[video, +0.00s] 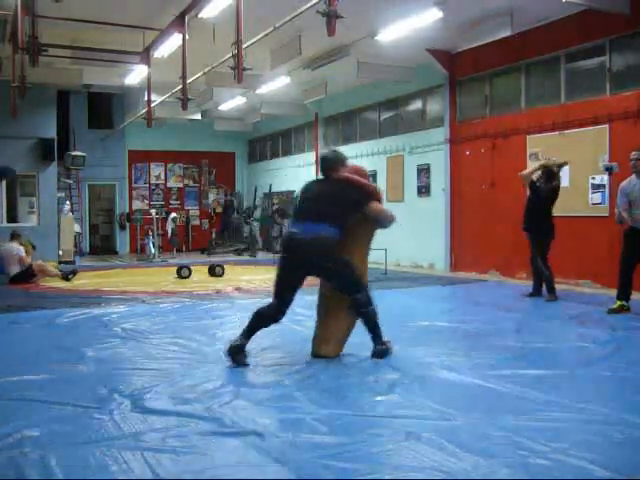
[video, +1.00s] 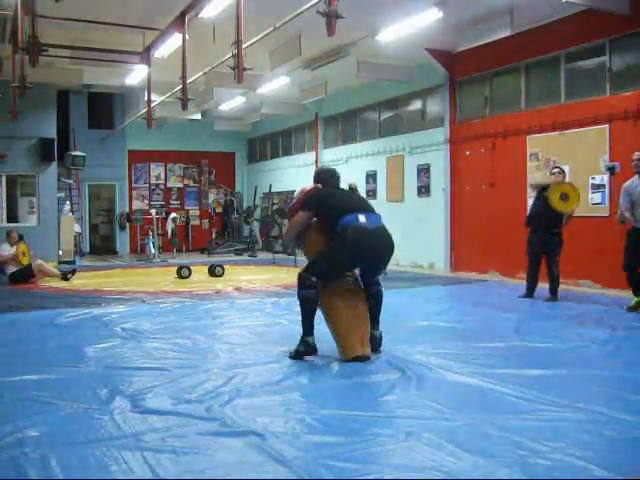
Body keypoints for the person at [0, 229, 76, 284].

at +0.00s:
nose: (20, 240)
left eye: (19, 239)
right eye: (19, 239)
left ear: (10, 238)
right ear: (18, 239)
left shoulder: (4, 247)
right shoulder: (18, 248)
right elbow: (26, 263)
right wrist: (29, 253)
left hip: (10, 277)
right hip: (18, 276)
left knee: (43, 270)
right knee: (39, 265)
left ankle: (63, 274)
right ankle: (63, 275)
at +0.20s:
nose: (21, 242)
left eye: (20, 241)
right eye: (21, 240)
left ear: (12, 238)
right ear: (20, 239)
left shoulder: (3, 246)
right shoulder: (20, 248)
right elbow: (27, 263)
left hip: (10, 277)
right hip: (19, 276)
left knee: (45, 272)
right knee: (42, 266)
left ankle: (64, 275)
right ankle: (63, 275)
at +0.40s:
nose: (19, 240)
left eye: (18, 238)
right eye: (18, 238)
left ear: (10, 237)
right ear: (14, 238)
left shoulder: (9, 246)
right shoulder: (10, 246)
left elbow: (15, 262)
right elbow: (16, 261)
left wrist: (25, 256)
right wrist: (27, 256)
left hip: (16, 274)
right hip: (15, 276)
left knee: (40, 265)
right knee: (40, 265)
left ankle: (63, 275)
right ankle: (63, 276)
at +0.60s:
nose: (16, 239)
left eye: (17, 237)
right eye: (14, 237)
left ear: (18, 237)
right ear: (10, 237)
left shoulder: (18, 248)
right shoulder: (5, 247)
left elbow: (23, 262)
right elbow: (2, 258)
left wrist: (27, 256)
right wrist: (14, 255)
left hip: (22, 274)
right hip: (13, 276)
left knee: (45, 269)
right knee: (39, 263)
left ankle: (63, 275)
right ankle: (62, 275)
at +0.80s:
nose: (15, 240)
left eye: (16, 238)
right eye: (12, 238)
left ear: (18, 239)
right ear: (9, 239)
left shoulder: (21, 248)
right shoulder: (4, 248)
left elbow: (28, 258)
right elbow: (2, 259)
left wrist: (26, 253)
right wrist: (9, 253)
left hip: (22, 273)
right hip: (12, 275)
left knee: (44, 270)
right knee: (39, 264)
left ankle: (62, 275)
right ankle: (61, 275)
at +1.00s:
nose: (15, 240)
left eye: (16, 238)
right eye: (12, 238)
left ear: (18, 238)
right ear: (8, 238)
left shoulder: (19, 247)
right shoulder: (5, 247)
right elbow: (2, 258)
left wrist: (27, 255)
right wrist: (14, 255)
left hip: (22, 274)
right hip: (13, 276)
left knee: (45, 270)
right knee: (38, 264)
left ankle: (64, 275)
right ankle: (62, 275)